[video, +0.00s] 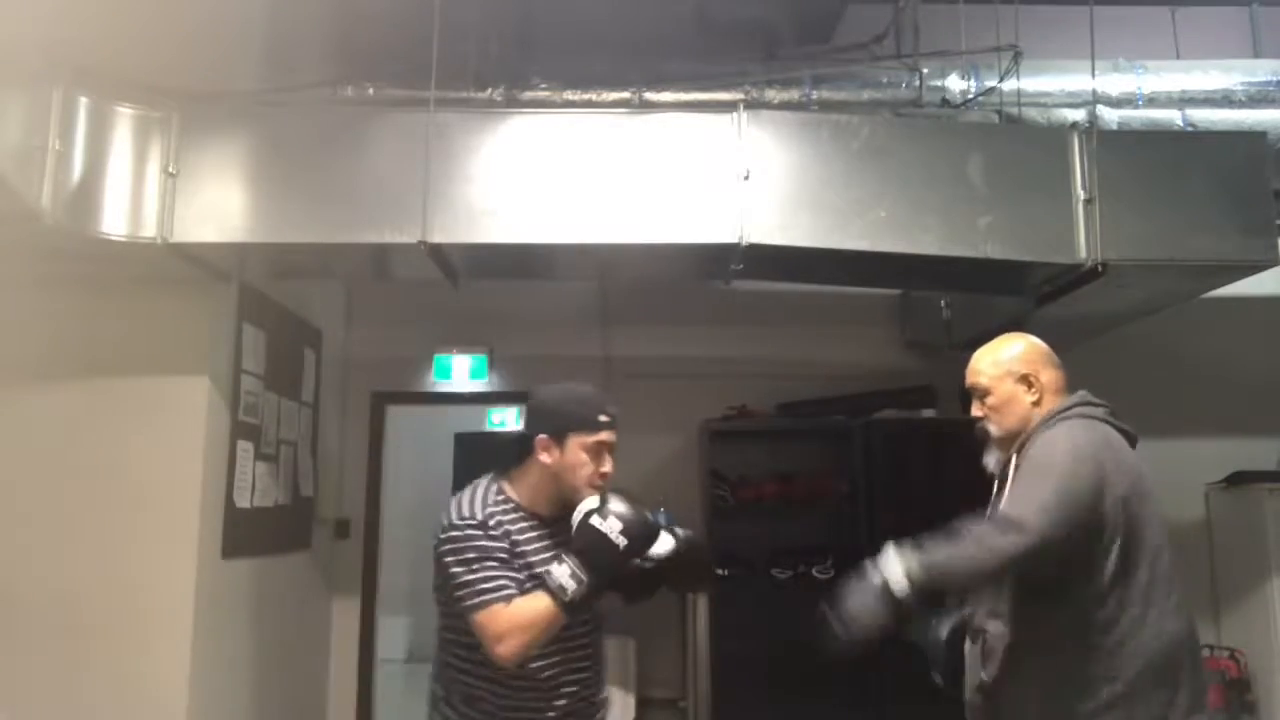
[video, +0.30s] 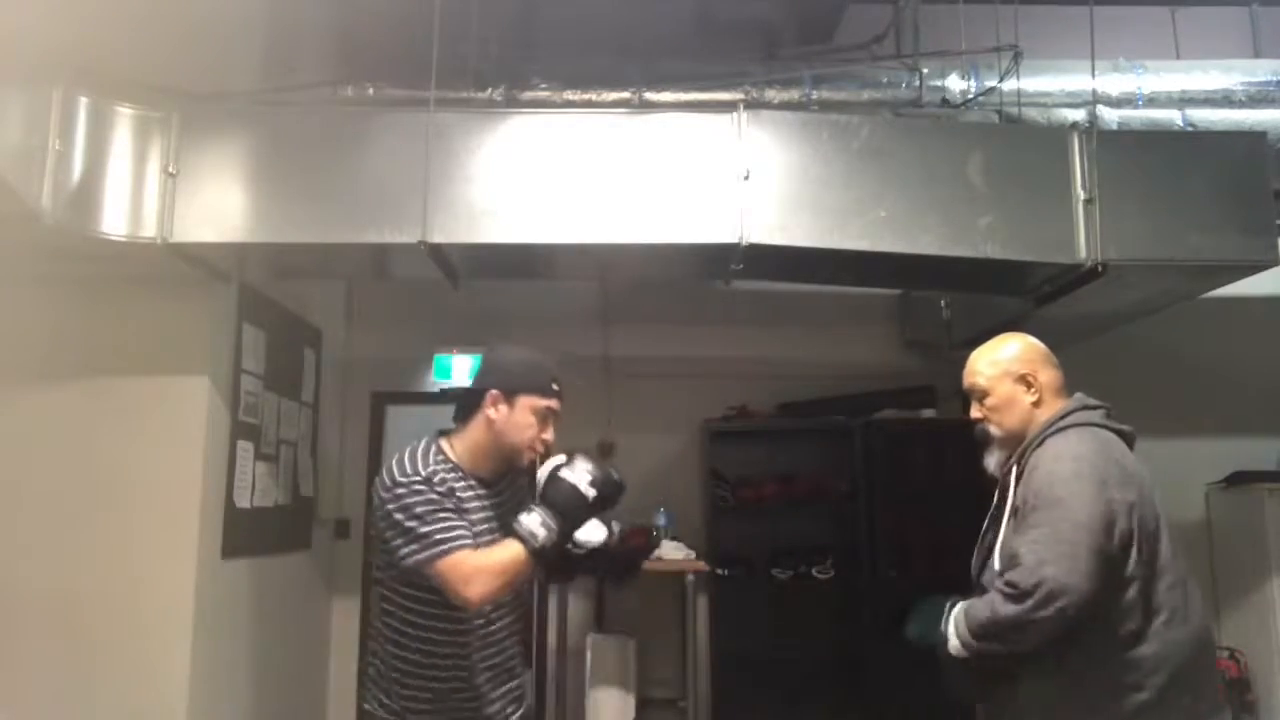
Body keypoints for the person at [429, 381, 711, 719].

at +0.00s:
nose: (608, 468)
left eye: (610, 453)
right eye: (594, 452)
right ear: (546, 449)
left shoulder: (578, 510)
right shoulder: (471, 521)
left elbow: (627, 585)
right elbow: (505, 643)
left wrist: (664, 564)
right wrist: (584, 565)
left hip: (582, 707)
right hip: (491, 710)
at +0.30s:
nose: (550, 437)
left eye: (553, 422)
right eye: (542, 417)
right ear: (495, 406)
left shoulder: (514, 479)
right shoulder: (409, 481)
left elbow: (540, 566)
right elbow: (471, 585)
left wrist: (583, 552)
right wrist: (549, 518)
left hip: (505, 703)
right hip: (421, 709)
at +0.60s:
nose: (546, 441)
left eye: (550, 426)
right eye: (538, 421)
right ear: (491, 410)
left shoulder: (501, 482)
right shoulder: (415, 484)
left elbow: (510, 576)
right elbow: (451, 606)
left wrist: (573, 575)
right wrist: (542, 552)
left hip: (499, 705)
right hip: (417, 710)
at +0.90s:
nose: (645, 487)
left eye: (649, 475)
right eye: (636, 470)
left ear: (612, 462)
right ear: (595, 452)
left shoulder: (621, 517)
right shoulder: (497, 484)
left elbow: (685, 573)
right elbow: (473, 566)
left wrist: (752, 596)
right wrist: (579, 524)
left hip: (536, 705)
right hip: (443, 701)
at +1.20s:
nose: (673, 506)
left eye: (677, 491)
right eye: (666, 487)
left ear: (621, 477)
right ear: (620, 474)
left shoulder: (632, 541)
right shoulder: (524, 515)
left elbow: (640, 624)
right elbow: (504, 623)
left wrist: (694, 657)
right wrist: (598, 576)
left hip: (580, 711)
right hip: (480, 710)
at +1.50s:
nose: (604, 462)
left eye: (605, 447)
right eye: (594, 444)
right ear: (547, 440)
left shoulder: (564, 514)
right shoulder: (458, 508)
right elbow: (457, 632)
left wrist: (619, 604)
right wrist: (551, 589)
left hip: (525, 709)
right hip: (435, 711)